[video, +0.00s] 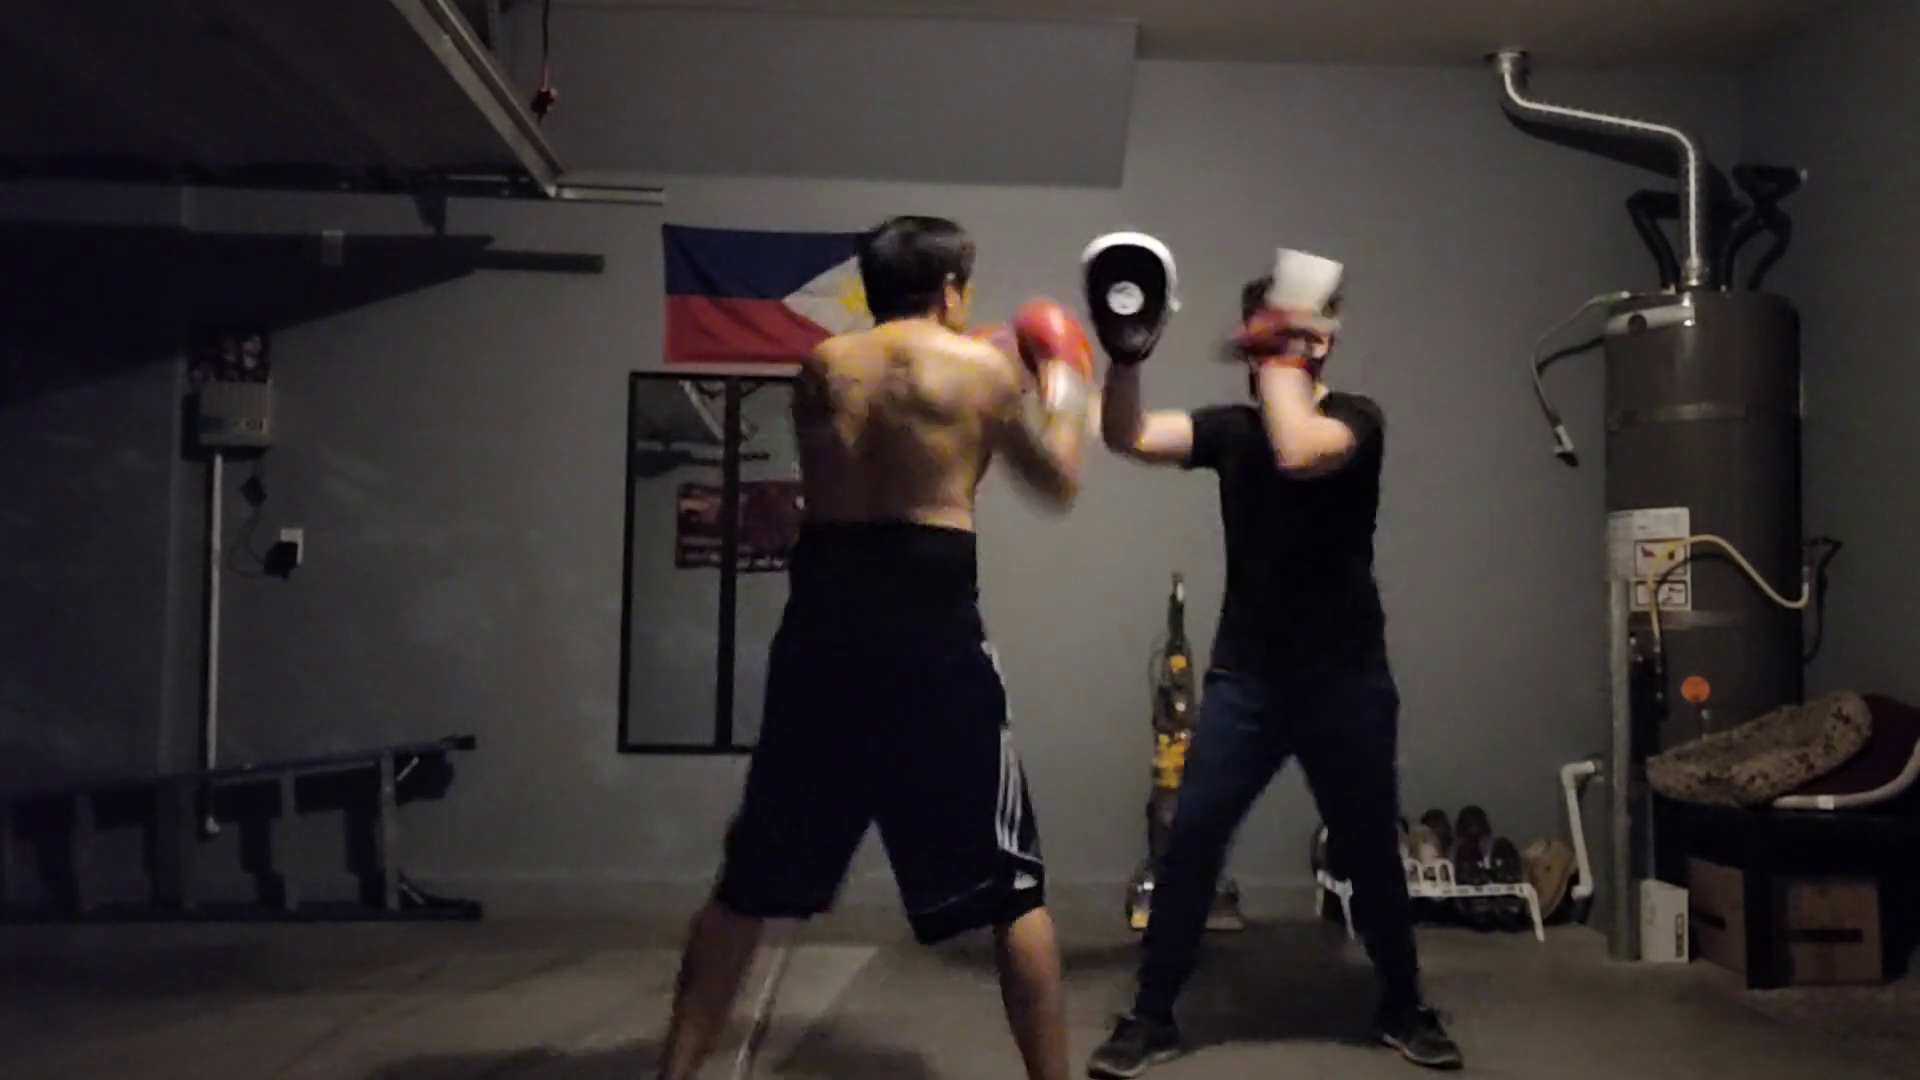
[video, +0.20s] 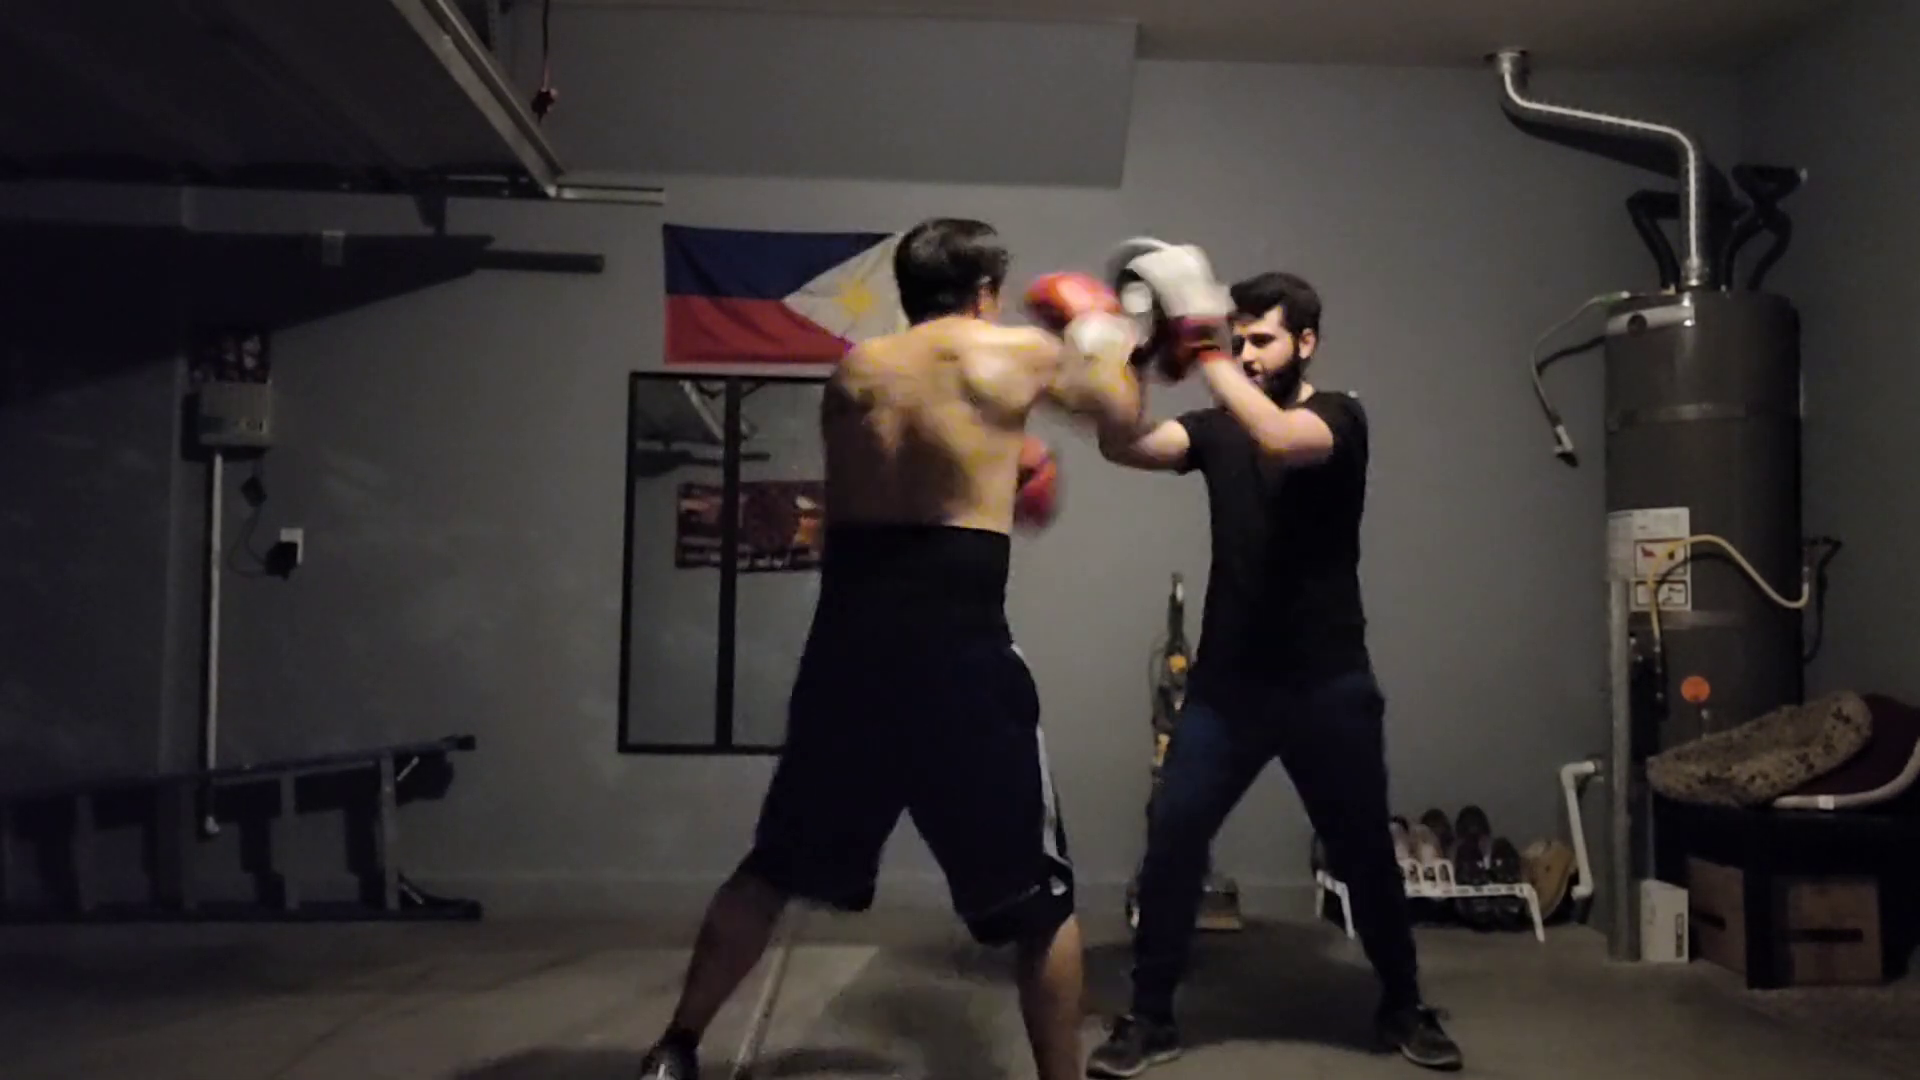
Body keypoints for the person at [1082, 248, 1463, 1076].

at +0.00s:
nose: (1270, 350)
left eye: (1286, 336)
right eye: (1260, 338)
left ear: (1321, 346)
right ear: (1247, 349)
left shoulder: (1354, 418)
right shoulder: (1233, 427)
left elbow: (1298, 449)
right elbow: (1126, 434)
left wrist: (1277, 359)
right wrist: (1125, 357)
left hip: (1344, 681)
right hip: (1246, 679)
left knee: (1371, 851)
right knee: (1192, 833)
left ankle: (1405, 1007)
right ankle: (1153, 1014)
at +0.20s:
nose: (1244, 355)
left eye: (1261, 341)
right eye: (1237, 344)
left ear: (1305, 342)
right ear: (1227, 349)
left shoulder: (1340, 416)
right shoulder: (1217, 422)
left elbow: (1277, 436)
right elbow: (1122, 441)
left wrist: (1208, 356)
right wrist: (1117, 357)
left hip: (1326, 683)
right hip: (1229, 683)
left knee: (1366, 854)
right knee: (1174, 825)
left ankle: (1403, 1010)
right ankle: (1150, 1016)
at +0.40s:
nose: (1233, 356)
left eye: (1251, 340)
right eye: (1226, 343)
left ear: (1298, 343)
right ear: (1217, 351)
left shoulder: (1331, 415)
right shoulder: (1218, 424)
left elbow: (1279, 457)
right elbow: (1129, 444)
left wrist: (1230, 381)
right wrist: (1094, 394)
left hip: (1321, 679)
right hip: (1227, 680)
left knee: (1362, 848)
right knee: (1177, 826)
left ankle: (1402, 1008)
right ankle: (1150, 1014)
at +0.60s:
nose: (1246, 359)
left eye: (1262, 344)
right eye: (1237, 347)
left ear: (1300, 347)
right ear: (1228, 354)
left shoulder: (1341, 420)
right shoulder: (1215, 428)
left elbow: (1314, 447)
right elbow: (1128, 446)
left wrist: (1300, 348)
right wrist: (1128, 361)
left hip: (1331, 684)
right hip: (1233, 683)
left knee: (1365, 852)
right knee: (1180, 825)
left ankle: (1400, 1007)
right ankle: (1151, 1013)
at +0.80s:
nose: (1251, 361)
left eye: (1266, 347)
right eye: (1242, 350)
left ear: (1308, 349)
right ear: (1234, 356)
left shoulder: (1339, 419)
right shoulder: (1226, 423)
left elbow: (1294, 445)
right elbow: (1144, 446)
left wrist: (1214, 382)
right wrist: (1107, 394)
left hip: (1329, 681)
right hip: (1234, 680)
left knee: (1363, 845)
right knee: (1177, 827)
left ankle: (1400, 1008)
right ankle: (1149, 1016)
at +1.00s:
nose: (1256, 364)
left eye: (1272, 350)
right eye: (1250, 350)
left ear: (1314, 352)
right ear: (1245, 355)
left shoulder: (1359, 423)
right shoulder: (1227, 425)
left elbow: (1340, 447)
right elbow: (1141, 423)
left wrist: (1336, 348)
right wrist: (1131, 344)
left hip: (1331, 687)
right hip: (1232, 682)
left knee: (1363, 849)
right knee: (1179, 826)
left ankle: (1401, 1007)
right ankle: (1150, 1014)